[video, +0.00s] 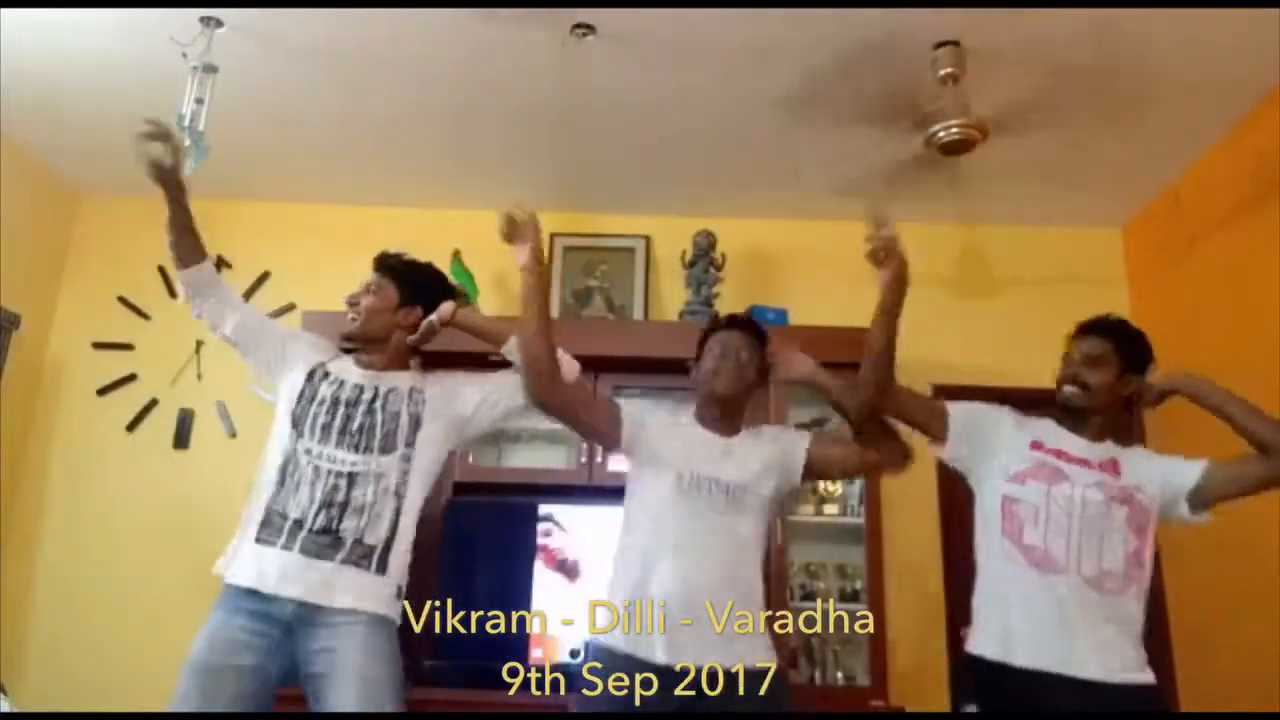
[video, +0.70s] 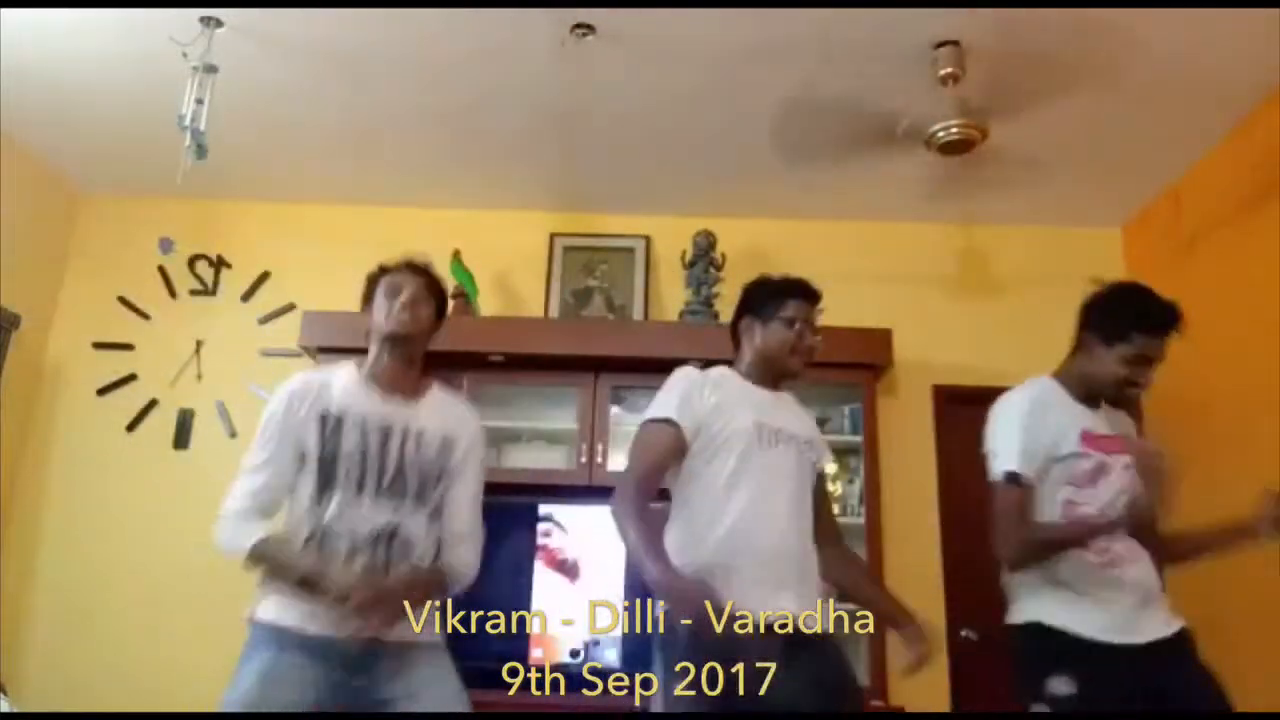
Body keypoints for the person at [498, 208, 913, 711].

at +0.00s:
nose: (722, 360)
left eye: (737, 354)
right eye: (714, 351)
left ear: (758, 376)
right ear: (694, 368)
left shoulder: (778, 449)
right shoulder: (646, 429)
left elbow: (889, 455)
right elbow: (545, 388)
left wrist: (818, 376)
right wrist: (532, 265)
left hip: (738, 677)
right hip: (630, 665)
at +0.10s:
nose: (739, 344)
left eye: (751, 340)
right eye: (725, 335)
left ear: (761, 367)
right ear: (695, 359)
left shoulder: (775, 442)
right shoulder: (645, 411)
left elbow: (859, 520)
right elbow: (533, 444)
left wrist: (862, 430)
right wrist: (544, 363)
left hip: (731, 660)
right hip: (629, 650)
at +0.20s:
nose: (739, 356)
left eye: (751, 352)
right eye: (726, 347)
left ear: (763, 377)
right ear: (696, 366)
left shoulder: (775, 458)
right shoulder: (639, 426)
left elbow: (817, 572)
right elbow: (554, 489)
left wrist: (842, 529)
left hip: (734, 670)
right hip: (629, 665)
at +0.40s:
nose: (771, 408)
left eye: (776, 399)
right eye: (753, 399)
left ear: (785, 414)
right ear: (713, 419)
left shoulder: (787, 514)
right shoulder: (662, 489)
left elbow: (778, 622)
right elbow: (584, 595)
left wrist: (777, 686)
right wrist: (598, 682)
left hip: (738, 702)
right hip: (646, 700)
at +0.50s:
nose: (787, 374)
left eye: (791, 363)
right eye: (769, 360)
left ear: (797, 376)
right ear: (729, 371)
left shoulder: (797, 475)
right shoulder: (686, 437)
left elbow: (804, 593)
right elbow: (603, 550)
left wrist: (814, 668)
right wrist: (640, 644)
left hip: (762, 688)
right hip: (670, 686)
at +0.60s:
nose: (795, 352)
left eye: (798, 341)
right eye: (781, 337)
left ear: (799, 350)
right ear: (738, 343)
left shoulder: (799, 441)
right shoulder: (689, 402)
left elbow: (819, 555)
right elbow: (617, 512)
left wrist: (861, 619)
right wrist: (669, 624)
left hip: (787, 671)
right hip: (695, 666)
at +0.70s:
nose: (810, 341)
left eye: (813, 330)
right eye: (795, 325)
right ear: (748, 329)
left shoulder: (803, 423)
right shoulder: (696, 387)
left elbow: (828, 546)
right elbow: (629, 497)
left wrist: (898, 617)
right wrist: (665, 581)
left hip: (803, 644)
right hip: (709, 638)